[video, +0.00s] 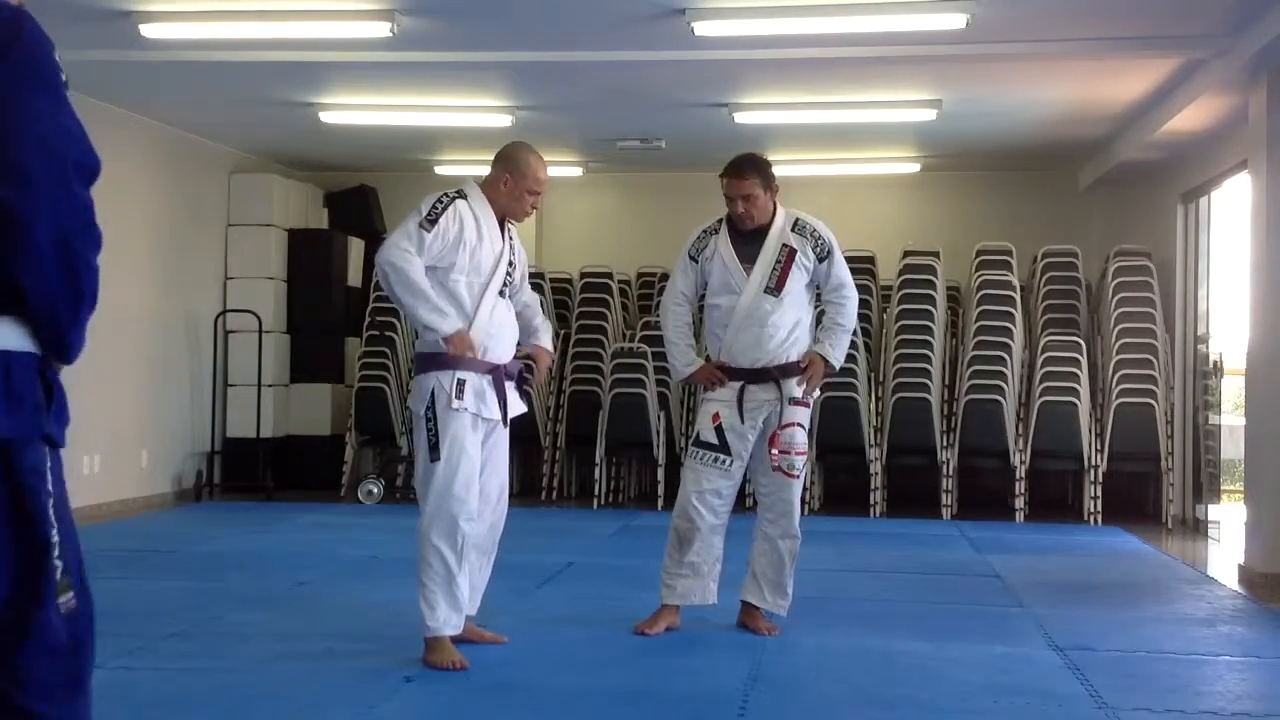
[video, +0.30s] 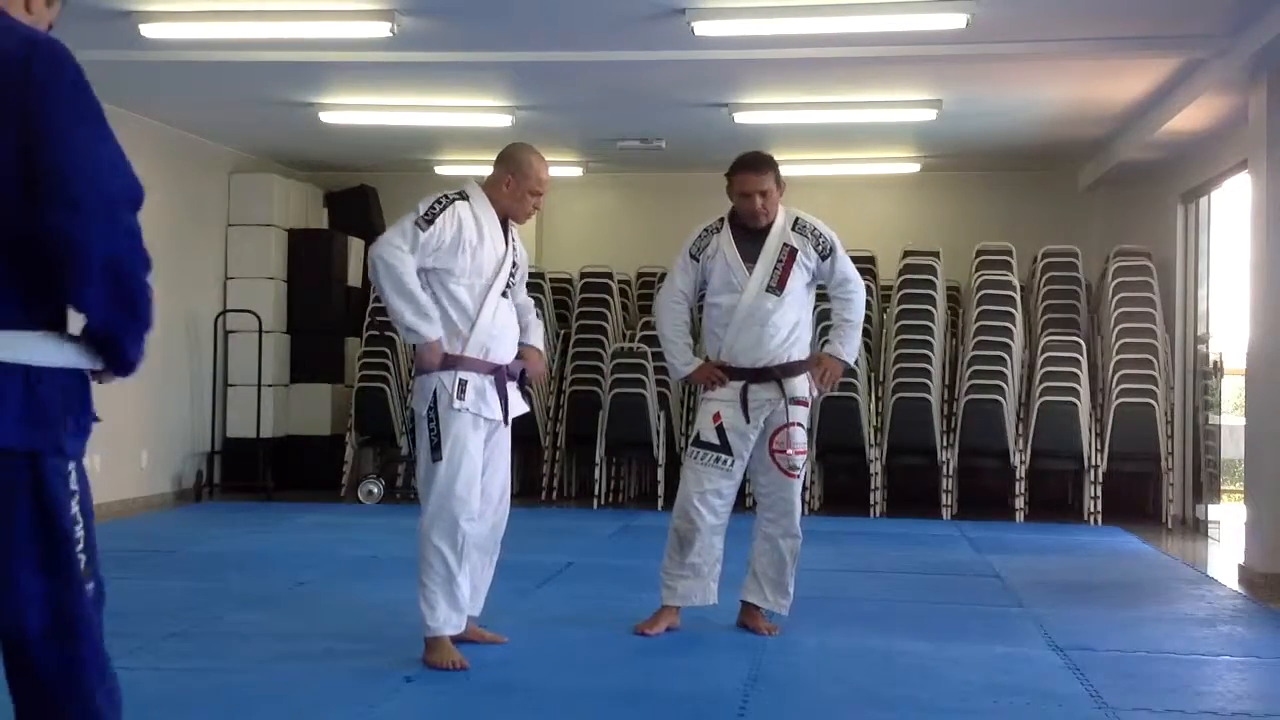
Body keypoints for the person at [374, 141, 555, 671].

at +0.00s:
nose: (537, 204)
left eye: (541, 195)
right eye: (534, 193)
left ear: (513, 184)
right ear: (504, 179)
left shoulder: (509, 239)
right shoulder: (453, 207)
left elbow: (524, 297)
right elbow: (394, 255)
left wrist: (540, 339)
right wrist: (448, 326)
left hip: (494, 389)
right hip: (450, 385)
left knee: (488, 505)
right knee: (450, 506)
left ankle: (460, 619)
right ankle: (437, 633)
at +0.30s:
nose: (539, 204)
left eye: (542, 195)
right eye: (535, 193)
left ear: (519, 187)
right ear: (505, 180)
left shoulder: (512, 243)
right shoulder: (453, 208)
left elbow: (524, 302)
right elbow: (388, 251)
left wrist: (533, 343)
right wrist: (423, 334)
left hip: (496, 393)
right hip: (449, 389)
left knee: (489, 510)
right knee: (449, 510)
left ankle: (463, 619)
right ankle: (438, 632)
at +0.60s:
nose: (530, 200)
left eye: (533, 191)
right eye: (525, 189)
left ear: (504, 184)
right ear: (494, 179)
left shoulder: (508, 233)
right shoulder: (442, 213)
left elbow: (548, 290)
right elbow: (457, 282)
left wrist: (524, 288)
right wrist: (522, 316)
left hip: (497, 389)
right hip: (452, 387)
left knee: (490, 508)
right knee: (450, 509)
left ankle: (463, 618)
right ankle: (438, 634)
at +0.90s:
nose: (526, 197)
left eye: (529, 188)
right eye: (520, 186)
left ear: (510, 183)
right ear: (488, 175)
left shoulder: (505, 227)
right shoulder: (442, 214)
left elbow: (553, 275)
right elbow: (489, 290)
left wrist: (499, 267)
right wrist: (527, 289)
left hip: (494, 391)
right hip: (450, 389)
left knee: (488, 509)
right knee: (448, 510)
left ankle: (462, 619)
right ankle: (437, 634)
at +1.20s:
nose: (530, 201)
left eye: (533, 190)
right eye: (525, 189)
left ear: (505, 183)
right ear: (493, 179)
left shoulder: (507, 232)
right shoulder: (447, 218)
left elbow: (541, 300)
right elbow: (483, 296)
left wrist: (494, 280)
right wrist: (524, 289)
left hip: (490, 391)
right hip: (447, 390)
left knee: (486, 509)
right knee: (448, 510)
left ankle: (460, 618)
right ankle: (438, 634)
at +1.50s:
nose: (530, 201)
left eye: (534, 190)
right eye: (525, 189)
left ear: (507, 183)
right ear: (494, 179)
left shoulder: (508, 233)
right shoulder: (447, 218)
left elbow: (542, 301)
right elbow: (483, 295)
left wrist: (495, 280)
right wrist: (524, 291)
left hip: (492, 391)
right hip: (448, 389)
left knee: (487, 509)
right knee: (448, 510)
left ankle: (461, 619)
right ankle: (438, 634)